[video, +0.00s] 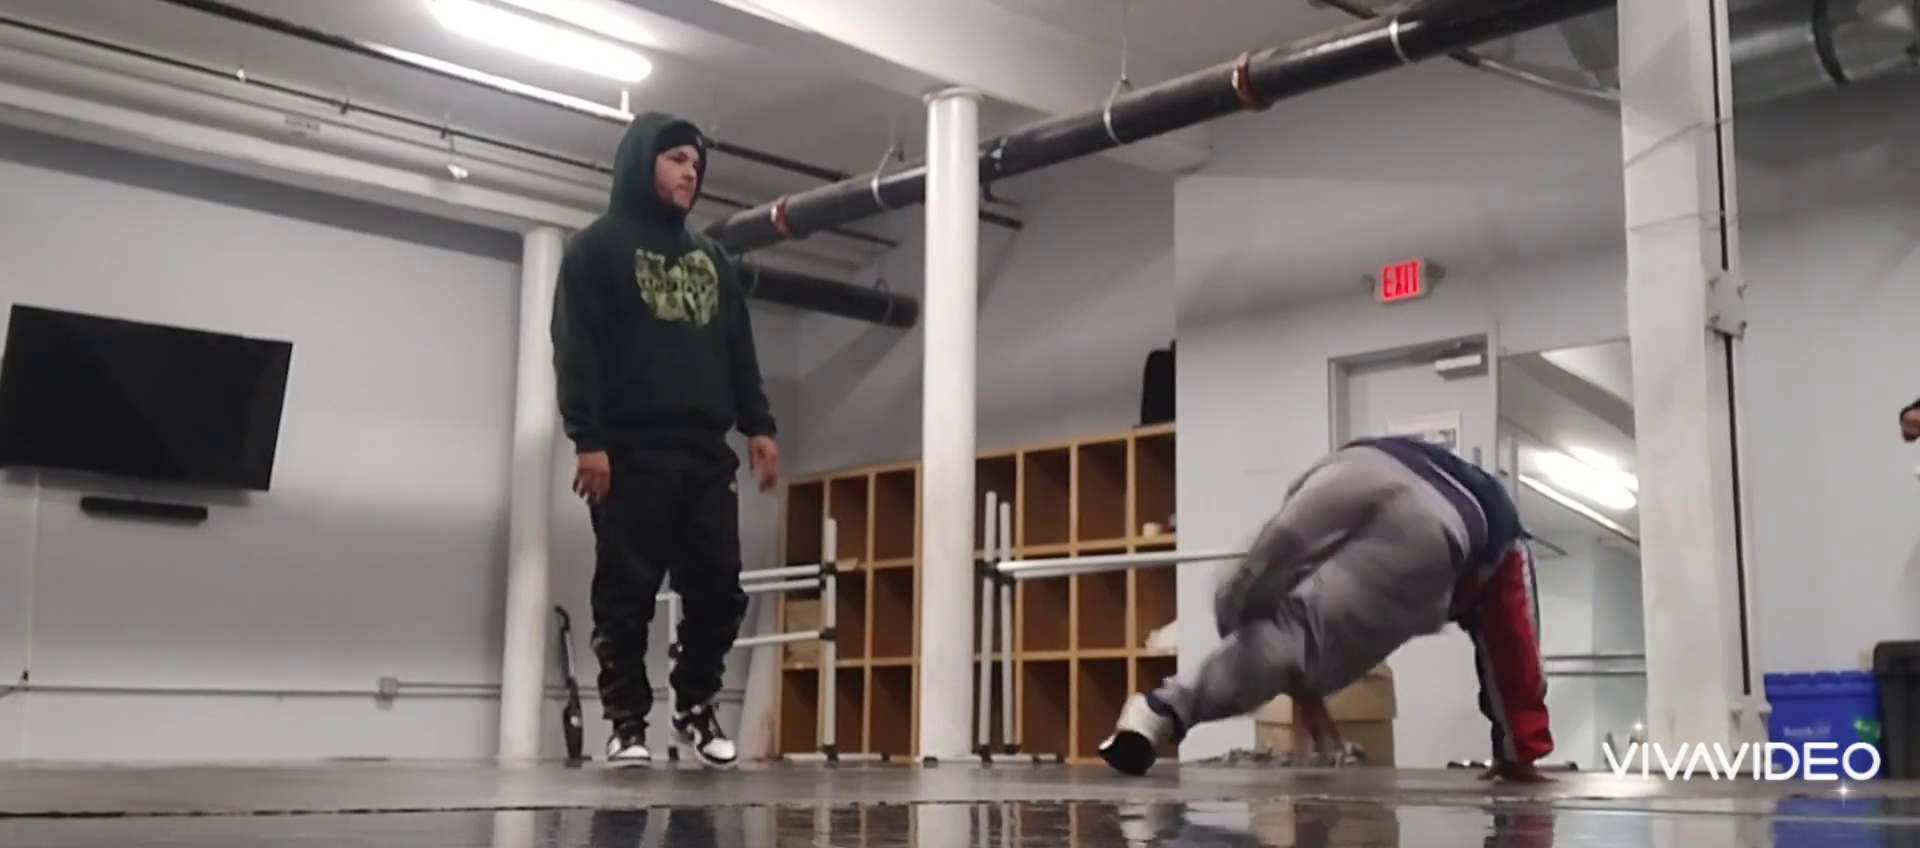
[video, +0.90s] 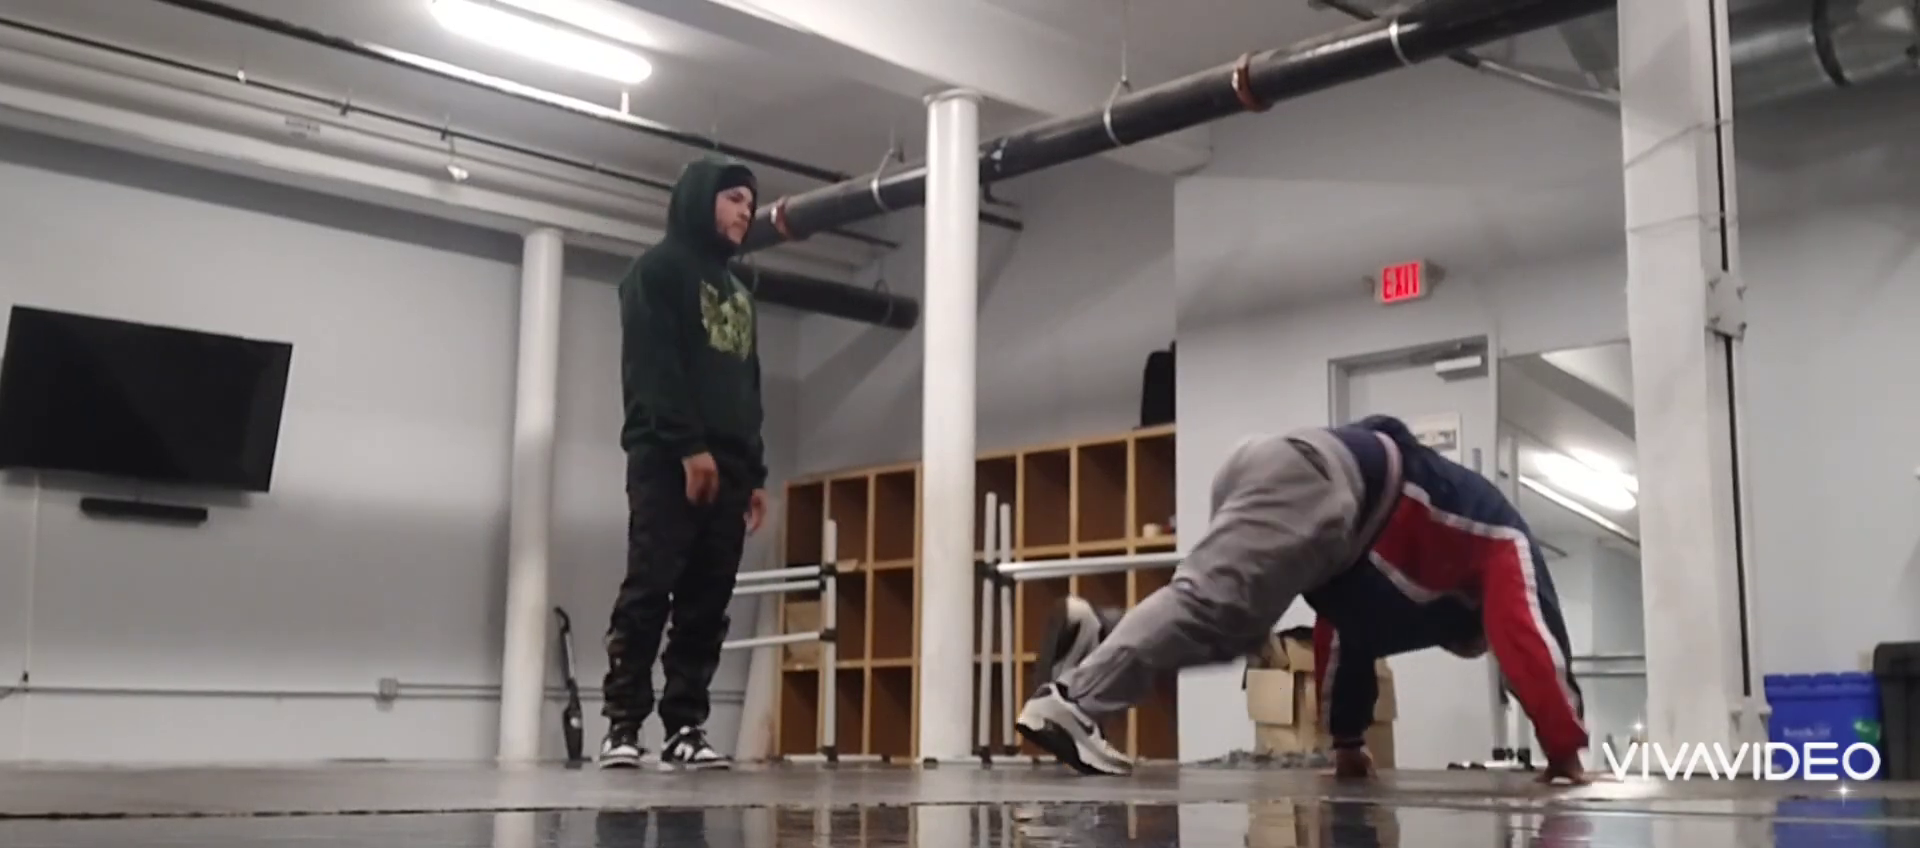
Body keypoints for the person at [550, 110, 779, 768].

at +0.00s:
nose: (689, 172)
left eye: (696, 164)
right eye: (677, 158)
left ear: (698, 177)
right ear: (642, 163)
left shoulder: (712, 256)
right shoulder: (596, 248)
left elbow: (739, 348)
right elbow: (575, 348)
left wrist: (759, 427)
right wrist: (589, 444)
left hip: (705, 450)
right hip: (630, 449)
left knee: (718, 591)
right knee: (626, 592)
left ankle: (695, 713)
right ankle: (627, 725)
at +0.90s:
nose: (744, 212)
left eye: (749, 204)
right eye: (733, 199)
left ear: (748, 215)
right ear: (699, 201)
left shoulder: (737, 290)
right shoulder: (657, 269)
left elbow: (746, 387)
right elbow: (655, 369)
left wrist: (752, 475)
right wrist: (689, 445)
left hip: (725, 459)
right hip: (663, 452)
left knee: (705, 599)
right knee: (650, 586)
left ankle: (684, 731)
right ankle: (624, 727)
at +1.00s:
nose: (743, 212)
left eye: (748, 204)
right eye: (732, 200)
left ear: (750, 216)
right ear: (699, 203)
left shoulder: (739, 290)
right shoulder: (657, 271)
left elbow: (746, 386)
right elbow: (655, 371)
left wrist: (750, 474)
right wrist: (691, 444)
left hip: (729, 462)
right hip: (664, 456)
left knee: (706, 603)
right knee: (647, 590)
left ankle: (684, 732)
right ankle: (623, 729)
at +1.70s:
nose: (719, 223)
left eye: (727, 217)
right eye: (709, 211)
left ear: (732, 230)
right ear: (678, 215)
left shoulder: (742, 305)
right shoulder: (629, 290)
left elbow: (765, 389)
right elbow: (601, 376)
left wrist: (777, 469)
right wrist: (592, 458)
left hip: (724, 473)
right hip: (655, 468)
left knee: (706, 607)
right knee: (646, 600)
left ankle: (687, 733)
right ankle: (639, 733)